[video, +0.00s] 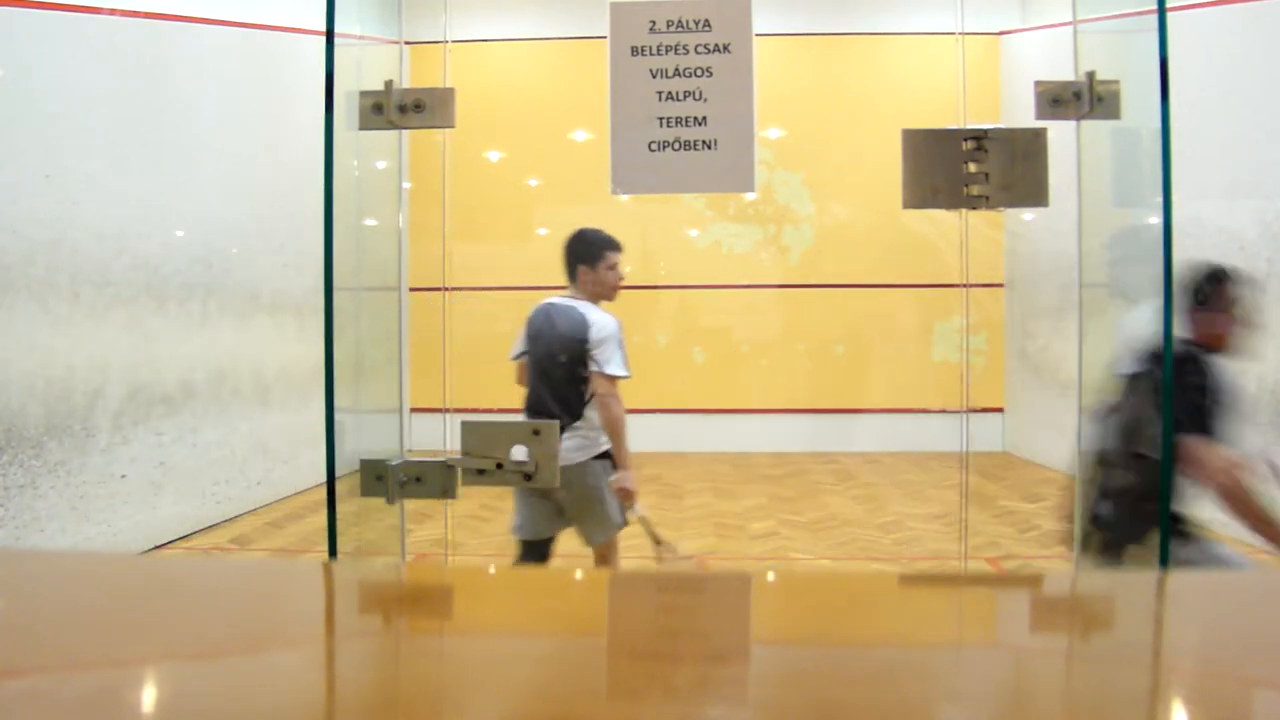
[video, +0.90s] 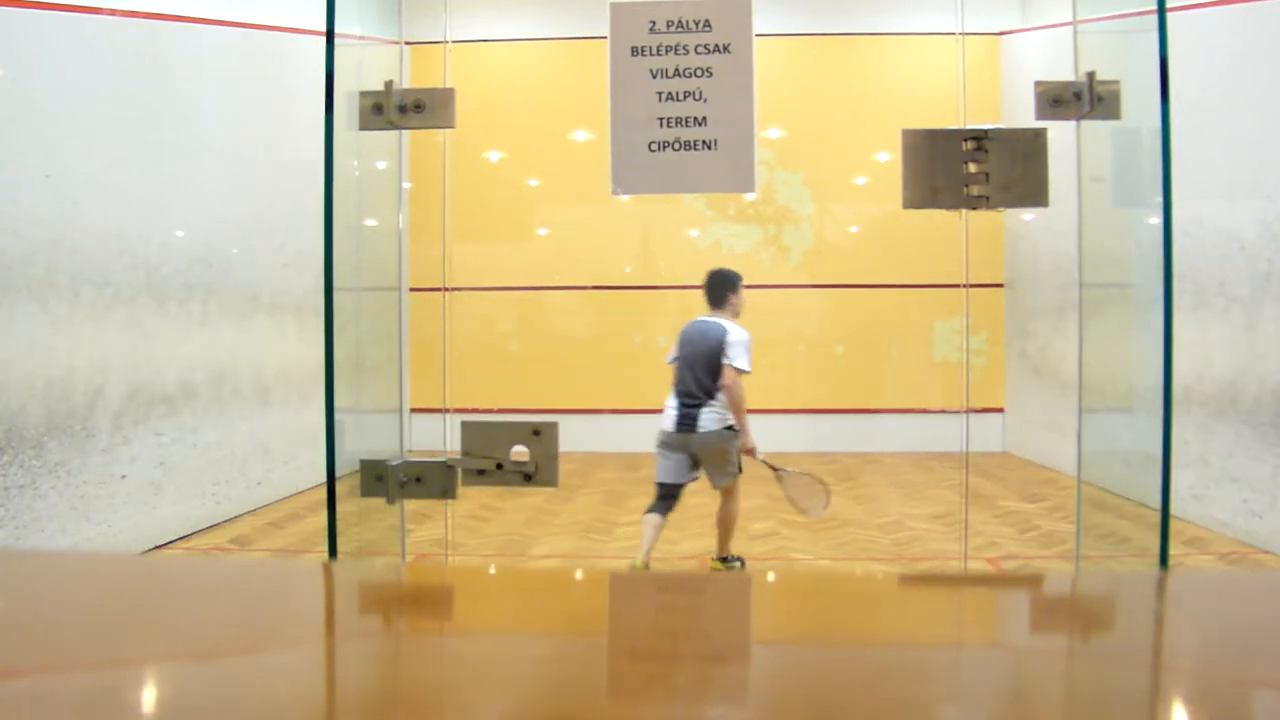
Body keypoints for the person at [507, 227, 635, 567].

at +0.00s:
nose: (620, 277)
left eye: (619, 268)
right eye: (612, 268)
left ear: (584, 275)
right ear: (585, 274)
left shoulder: (540, 312)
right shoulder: (601, 323)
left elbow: (523, 375)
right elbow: (605, 396)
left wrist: (574, 385)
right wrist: (623, 467)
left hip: (535, 456)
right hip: (583, 459)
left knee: (530, 559)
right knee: (606, 553)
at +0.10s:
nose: (640, 273)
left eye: (640, 265)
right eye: (632, 265)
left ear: (606, 269)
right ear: (605, 267)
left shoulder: (562, 305)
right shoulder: (618, 315)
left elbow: (540, 372)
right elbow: (625, 387)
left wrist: (578, 396)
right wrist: (647, 454)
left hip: (555, 438)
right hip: (598, 443)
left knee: (568, 528)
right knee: (610, 541)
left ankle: (533, 598)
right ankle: (606, 616)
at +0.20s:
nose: (656, 273)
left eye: (655, 264)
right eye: (648, 264)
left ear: (624, 268)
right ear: (623, 267)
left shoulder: (580, 305)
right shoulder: (633, 312)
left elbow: (556, 371)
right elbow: (642, 385)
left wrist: (564, 417)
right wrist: (667, 443)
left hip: (572, 434)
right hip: (609, 438)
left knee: (589, 522)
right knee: (612, 541)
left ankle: (581, 603)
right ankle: (606, 614)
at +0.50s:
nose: (687, 287)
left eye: (687, 280)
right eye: (681, 279)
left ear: (657, 281)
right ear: (658, 279)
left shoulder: (622, 319)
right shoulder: (668, 321)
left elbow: (599, 375)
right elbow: (673, 381)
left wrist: (591, 425)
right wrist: (697, 434)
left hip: (615, 437)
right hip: (651, 438)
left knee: (636, 514)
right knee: (660, 526)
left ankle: (631, 586)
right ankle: (628, 590)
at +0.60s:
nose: (697, 282)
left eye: (697, 275)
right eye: (692, 274)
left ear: (667, 276)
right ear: (668, 275)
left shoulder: (636, 314)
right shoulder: (680, 316)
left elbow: (619, 370)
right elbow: (683, 375)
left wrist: (626, 409)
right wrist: (702, 428)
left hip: (628, 425)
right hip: (663, 426)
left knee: (639, 504)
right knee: (688, 505)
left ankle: (634, 580)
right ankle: (651, 567)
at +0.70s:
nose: (711, 283)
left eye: (711, 276)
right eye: (706, 276)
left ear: (681, 280)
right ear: (685, 278)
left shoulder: (649, 315)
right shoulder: (695, 317)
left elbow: (639, 375)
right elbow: (694, 373)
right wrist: (711, 426)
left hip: (638, 421)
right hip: (676, 422)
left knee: (641, 501)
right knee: (704, 493)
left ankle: (633, 577)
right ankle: (695, 567)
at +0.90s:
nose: (743, 299)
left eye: (742, 293)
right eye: (741, 293)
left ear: (710, 298)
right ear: (731, 297)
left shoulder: (688, 329)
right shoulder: (735, 334)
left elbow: (678, 378)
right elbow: (729, 383)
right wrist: (745, 433)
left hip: (674, 425)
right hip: (713, 427)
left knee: (664, 497)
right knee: (729, 491)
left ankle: (642, 557)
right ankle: (723, 555)